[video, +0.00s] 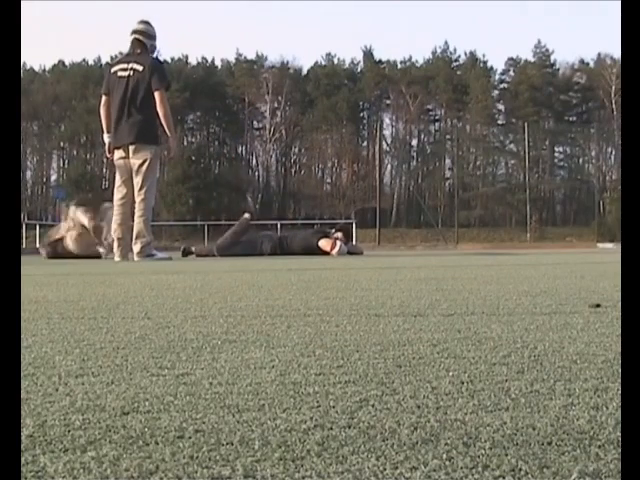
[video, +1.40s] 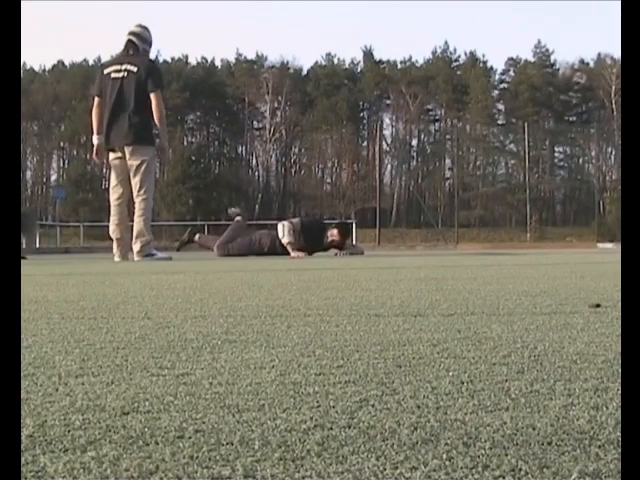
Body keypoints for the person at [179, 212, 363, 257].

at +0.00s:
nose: (338, 243)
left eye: (340, 241)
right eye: (339, 241)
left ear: (338, 238)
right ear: (335, 237)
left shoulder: (326, 239)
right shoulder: (321, 237)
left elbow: (354, 249)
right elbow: (329, 248)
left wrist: (344, 246)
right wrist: (337, 247)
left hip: (272, 245)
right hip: (270, 243)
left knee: (228, 251)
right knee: (220, 248)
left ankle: (193, 251)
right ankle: (245, 218)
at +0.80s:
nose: (342, 242)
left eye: (345, 241)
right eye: (342, 238)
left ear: (345, 241)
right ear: (337, 233)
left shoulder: (329, 242)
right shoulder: (313, 234)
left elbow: (359, 251)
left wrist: (344, 249)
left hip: (271, 247)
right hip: (266, 242)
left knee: (231, 245)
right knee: (221, 250)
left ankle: (199, 239)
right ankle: (236, 218)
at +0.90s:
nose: (343, 238)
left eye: (344, 238)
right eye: (342, 236)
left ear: (341, 239)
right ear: (336, 234)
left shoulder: (329, 242)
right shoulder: (322, 238)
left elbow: (355, 249)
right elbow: (290, 225)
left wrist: (350, 248)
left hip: (275, 244)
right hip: (270, 242)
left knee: (236, 244)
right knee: (221, 250)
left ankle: (200, 236)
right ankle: (236, 217)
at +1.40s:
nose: (334, 243)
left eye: (338, 242)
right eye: (336, 239)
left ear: (339, 240)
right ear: (333, 231)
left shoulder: (328, 240)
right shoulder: (315, 226)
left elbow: (359, 250)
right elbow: (284, 227)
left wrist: (345, 250)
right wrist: (292, 249)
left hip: (270, 248)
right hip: (265, 239)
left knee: (226, 248)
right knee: (220, 249)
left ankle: (196, 236)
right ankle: (238, 219)